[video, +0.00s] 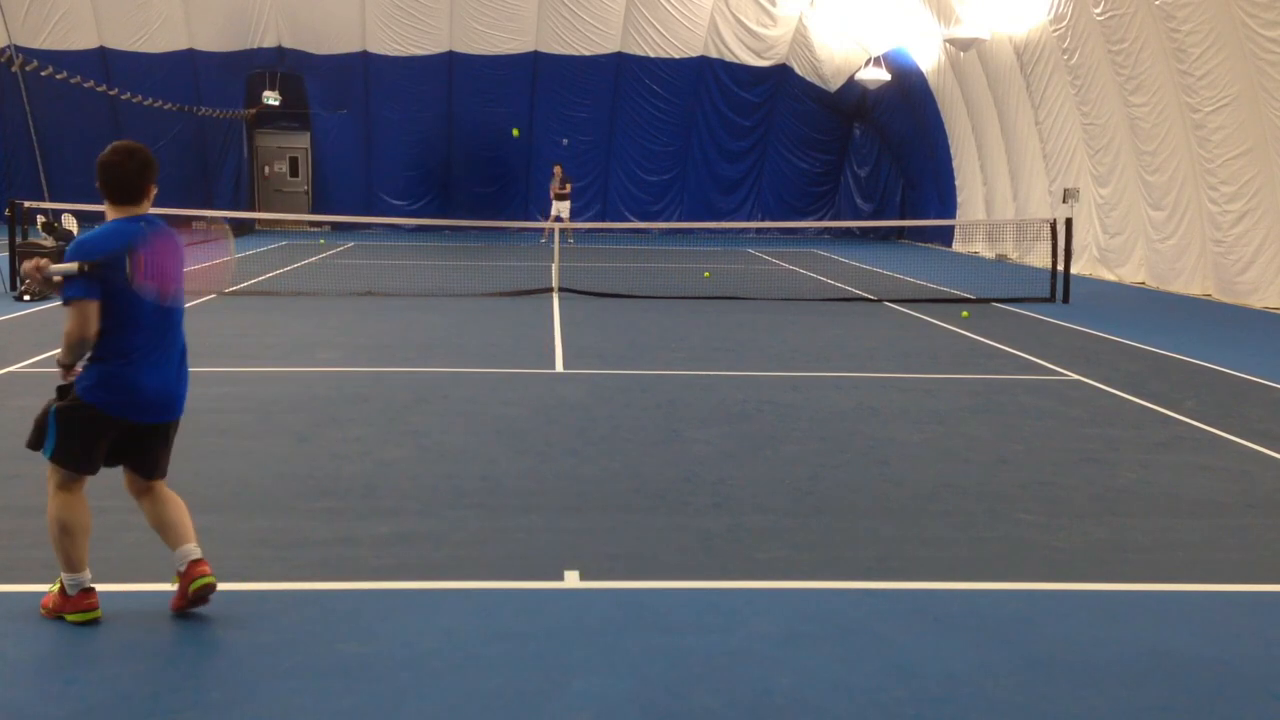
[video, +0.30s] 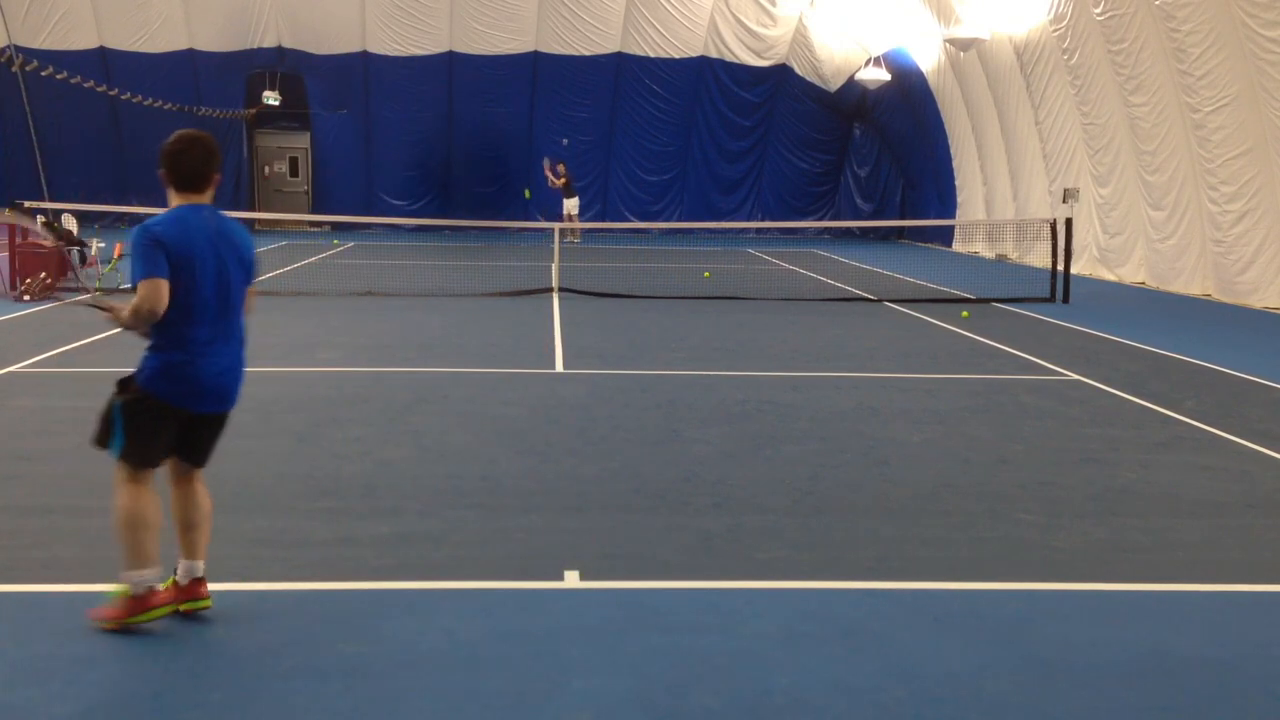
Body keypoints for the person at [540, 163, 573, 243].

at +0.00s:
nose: (556, 171)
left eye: (558, 169)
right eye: (555, 169)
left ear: (561, 170)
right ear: (553, 171)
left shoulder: (566, 179)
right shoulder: (553, 180)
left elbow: (568, 190)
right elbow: (551, 188)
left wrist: (557, 191)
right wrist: (552, 194)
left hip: (565, 201)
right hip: (556, 200)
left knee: (566, 219)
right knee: (552, 218)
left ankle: (570, 237)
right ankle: (545, 236)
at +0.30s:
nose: (559, 170)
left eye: (561, 168)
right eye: (558, 168)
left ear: (564, 168)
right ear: (557, 169)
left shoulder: (566, 176)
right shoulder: (560, 177)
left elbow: (559, 183)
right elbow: (551, 185)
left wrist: (550, 175)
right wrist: (549, 177)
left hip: (573, 198)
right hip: (566, 198)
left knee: (574, 217)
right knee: (566, 217)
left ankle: (577, 236)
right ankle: (568, 235)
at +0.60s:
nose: (563, 175)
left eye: (564, 173)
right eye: (562, 174)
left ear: (568, 172)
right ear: (562, 174)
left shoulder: (573, 179)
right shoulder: (568, 181)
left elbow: (569, 186)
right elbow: (570, 193)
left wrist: (560, 191)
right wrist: (567, 201)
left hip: (580, 201)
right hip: (573, 201)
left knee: (584, 219)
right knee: (569, 218)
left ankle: (594, 235)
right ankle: (570, 237)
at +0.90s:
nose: (577, 169)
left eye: (578, 167)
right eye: (576, 168)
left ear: (582, 167)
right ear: (575, 169)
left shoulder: (588, 176)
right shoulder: (577, 177)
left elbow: (597, 181)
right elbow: (567, 176)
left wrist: (594, 182)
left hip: (590, 199)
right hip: (581, 200)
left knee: (592, 218)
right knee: (578, 217)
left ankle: (593, 236)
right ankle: (571, 236)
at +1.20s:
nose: (588, 168)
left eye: (589, 166)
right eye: (586, 166)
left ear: (591, 167)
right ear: (584, 168)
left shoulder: (591, 177)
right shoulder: (584, 176)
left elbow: (593, 186)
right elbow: (596, 177)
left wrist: (597, 192)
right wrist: (606, 177)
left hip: (591, 199)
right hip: (584, 199)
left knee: (592, 218)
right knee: (581, 217)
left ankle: (593, 236)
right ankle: (569, 233)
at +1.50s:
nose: (591, 169)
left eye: (593, 167)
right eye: (590, 167)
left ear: (594, 169)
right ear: (587, 168)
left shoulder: (591, 178)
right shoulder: (584, 177)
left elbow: (589, 191)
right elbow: (583, 189)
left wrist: (593, 200)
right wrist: (593, 194)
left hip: (589, 199)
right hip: (582, 199)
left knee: (591, 218)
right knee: (581, 217)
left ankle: (593, 235)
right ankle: (568, 233)